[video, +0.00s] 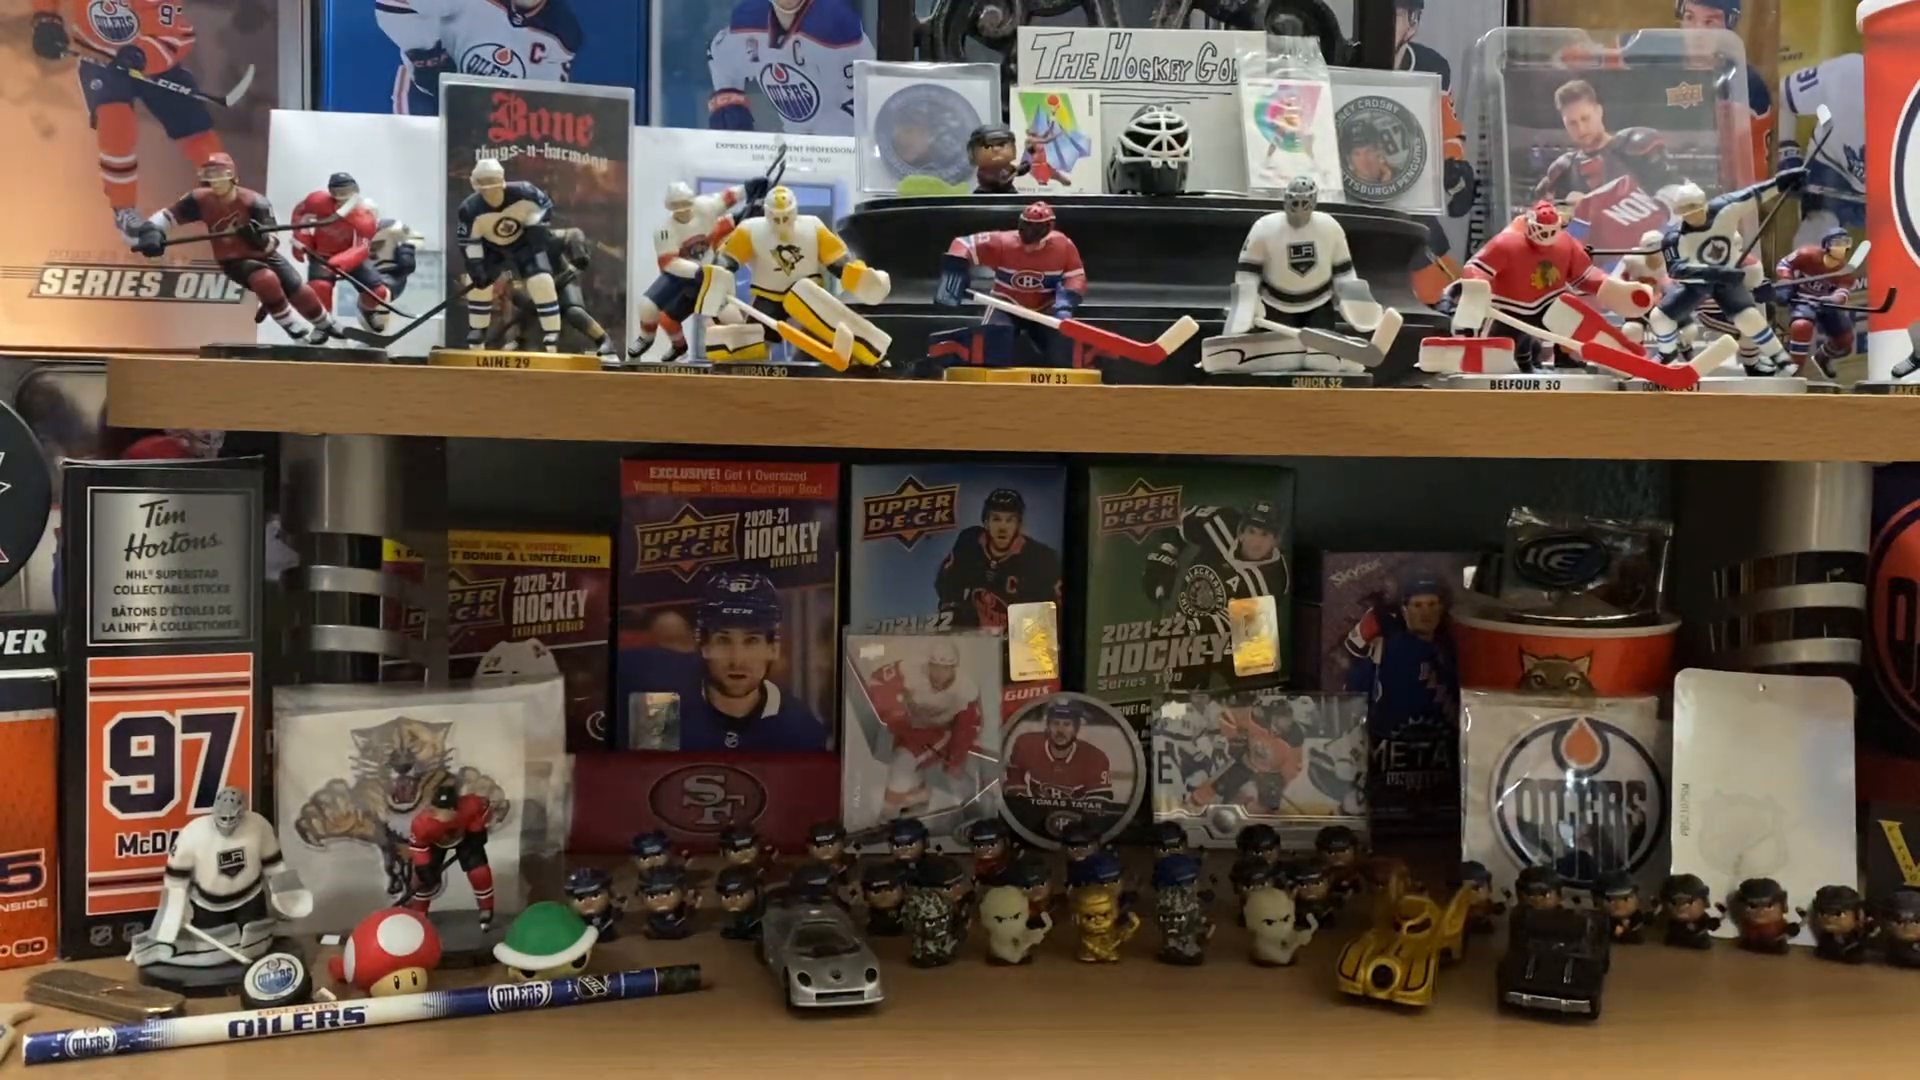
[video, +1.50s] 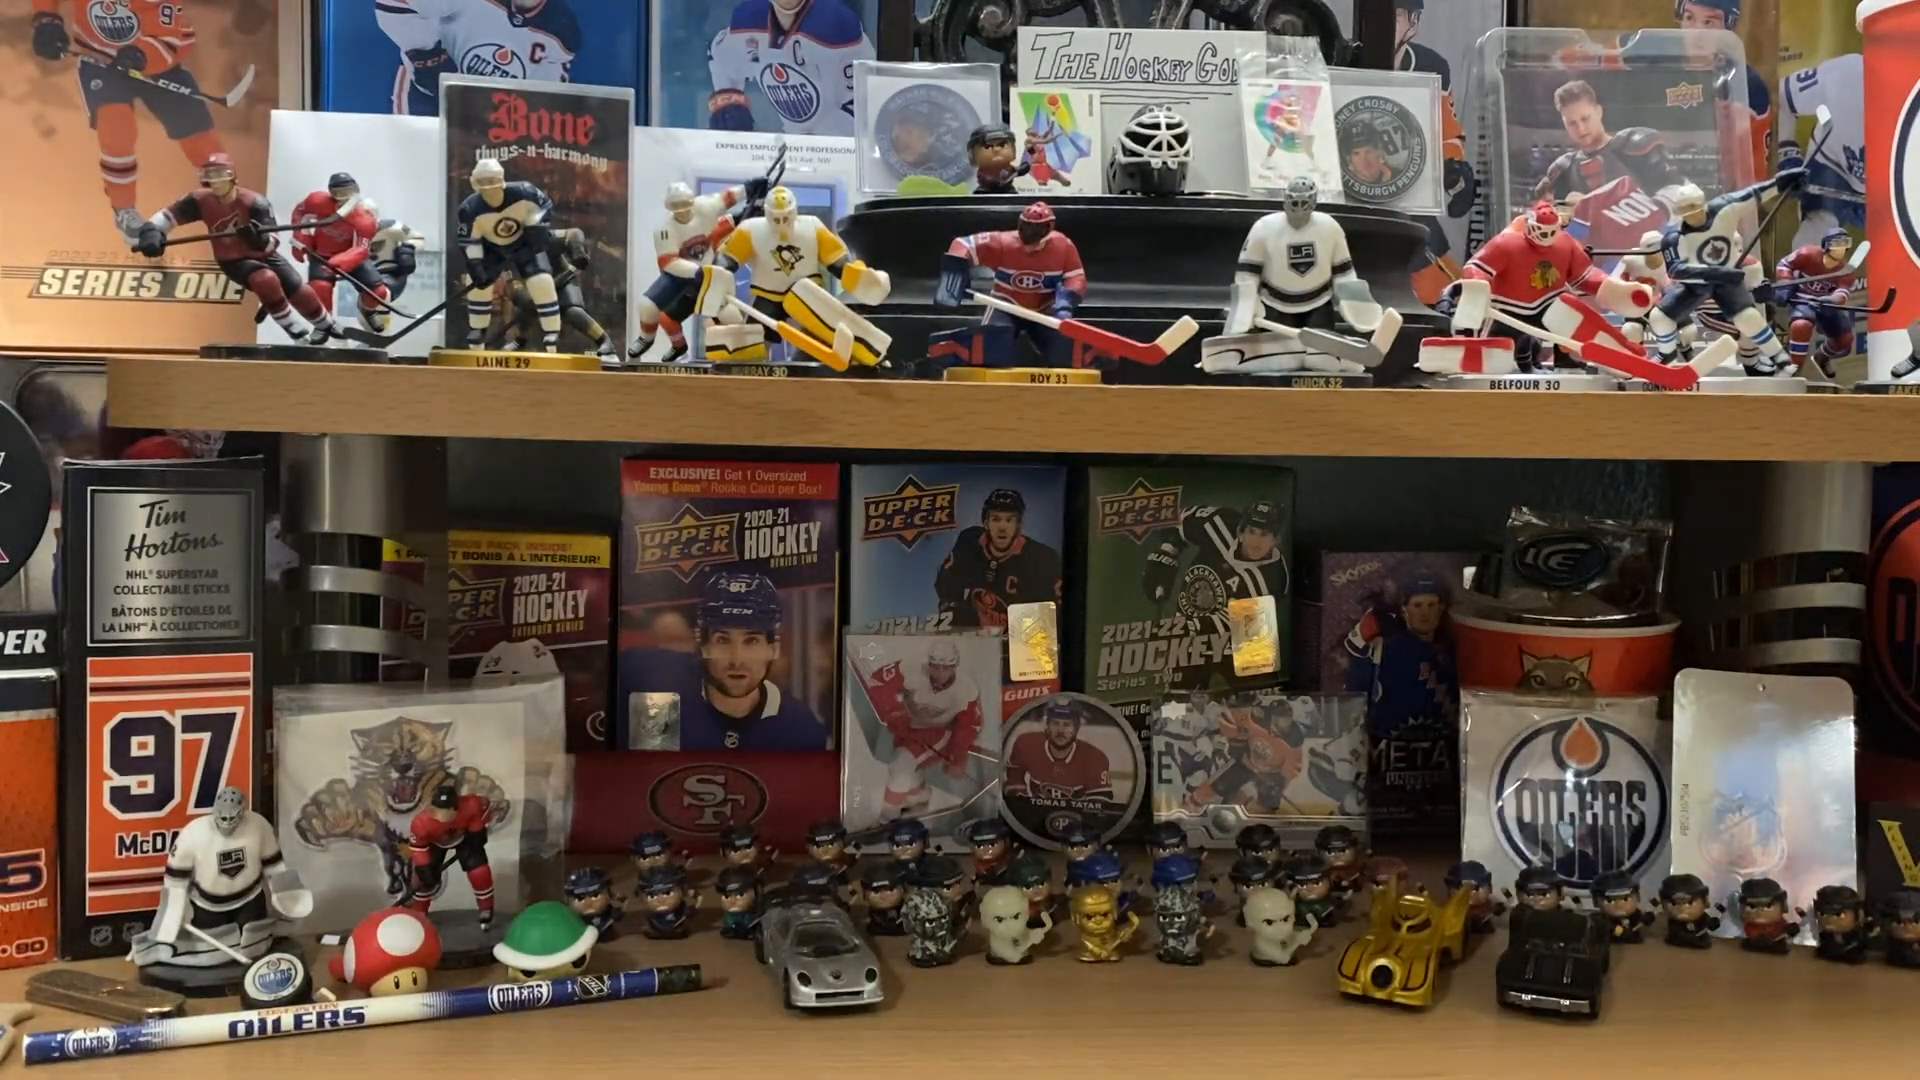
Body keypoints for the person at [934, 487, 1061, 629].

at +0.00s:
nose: (1003, 527)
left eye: (1009, 520)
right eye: (996, 520)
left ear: (1019, 524)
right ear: (986, 523)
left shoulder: (1041, 557)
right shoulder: (968, 542)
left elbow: (1046, 604)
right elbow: (944, 580)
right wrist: (949, 608)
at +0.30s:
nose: (1003, 527)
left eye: (1010, 521)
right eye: (996, 520)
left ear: (1019, 524)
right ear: (986, 523)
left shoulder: (1041, 557)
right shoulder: (969, 541)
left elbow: (1047, 604)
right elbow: (945, 577)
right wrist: (949, 606)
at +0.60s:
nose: (1003, 527)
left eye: (1010, 521)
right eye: (996, 520)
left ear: (1019, 525)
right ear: (986, 522)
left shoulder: (1042, 557)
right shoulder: (969, 541)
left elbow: (1047, 604)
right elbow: (944, 580)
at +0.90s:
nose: (1003, 527)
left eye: (1010, 521)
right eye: (996, 520)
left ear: (1019, 525)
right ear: (986, 523)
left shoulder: (1041, 557)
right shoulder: (969, 541)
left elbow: (1046, 604)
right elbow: (944, 578)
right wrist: (950, 607)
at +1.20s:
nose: (1002, 527)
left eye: (1009, 520)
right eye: (996, 520)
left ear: (1019, 525)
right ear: (985, 523)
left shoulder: (1042, 558)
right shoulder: (968, 542)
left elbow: (1045, 607)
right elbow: (944, 580)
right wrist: (949, 607)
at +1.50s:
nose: (1002, 527)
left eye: (1009, 520)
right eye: (996, 520)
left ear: (1019, 525)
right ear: (985, 523)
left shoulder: (1042, 558)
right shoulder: (968, 542)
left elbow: (1045, 607)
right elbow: (944, 581)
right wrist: (949, 607)